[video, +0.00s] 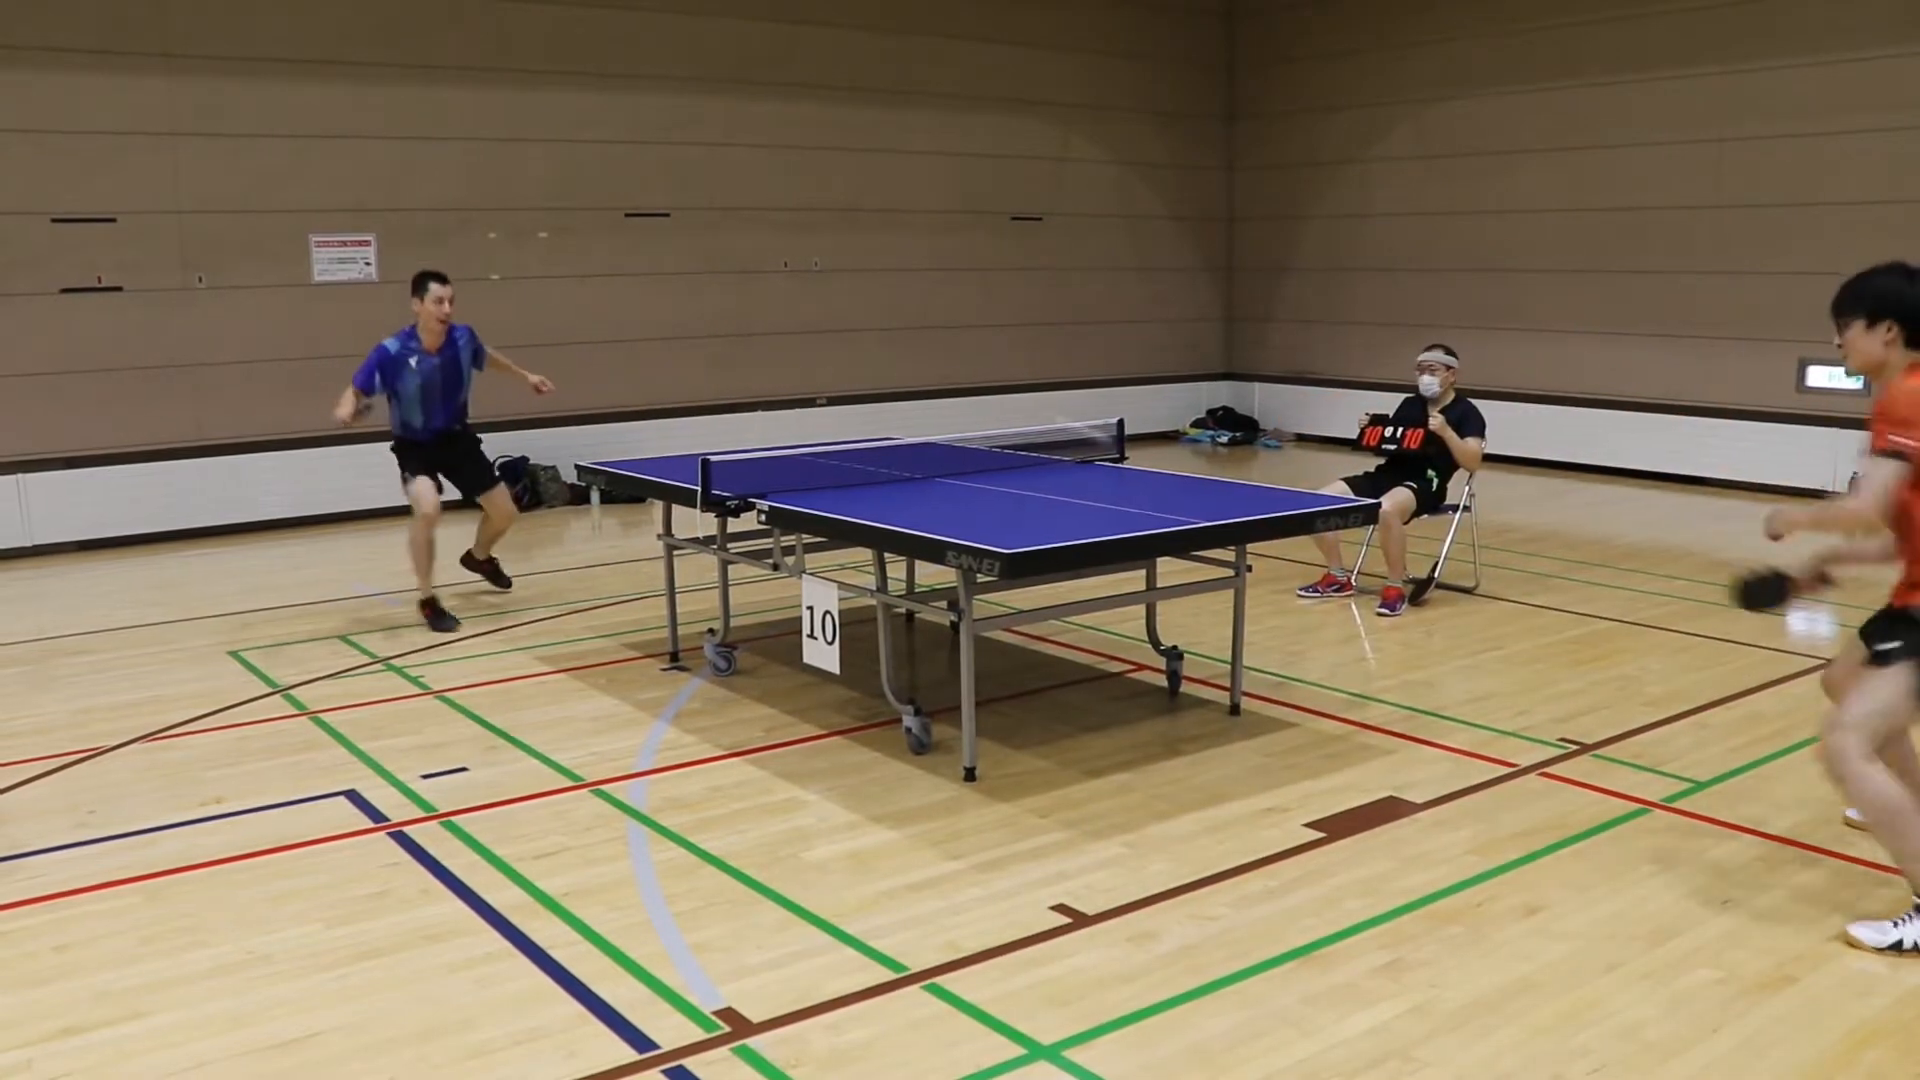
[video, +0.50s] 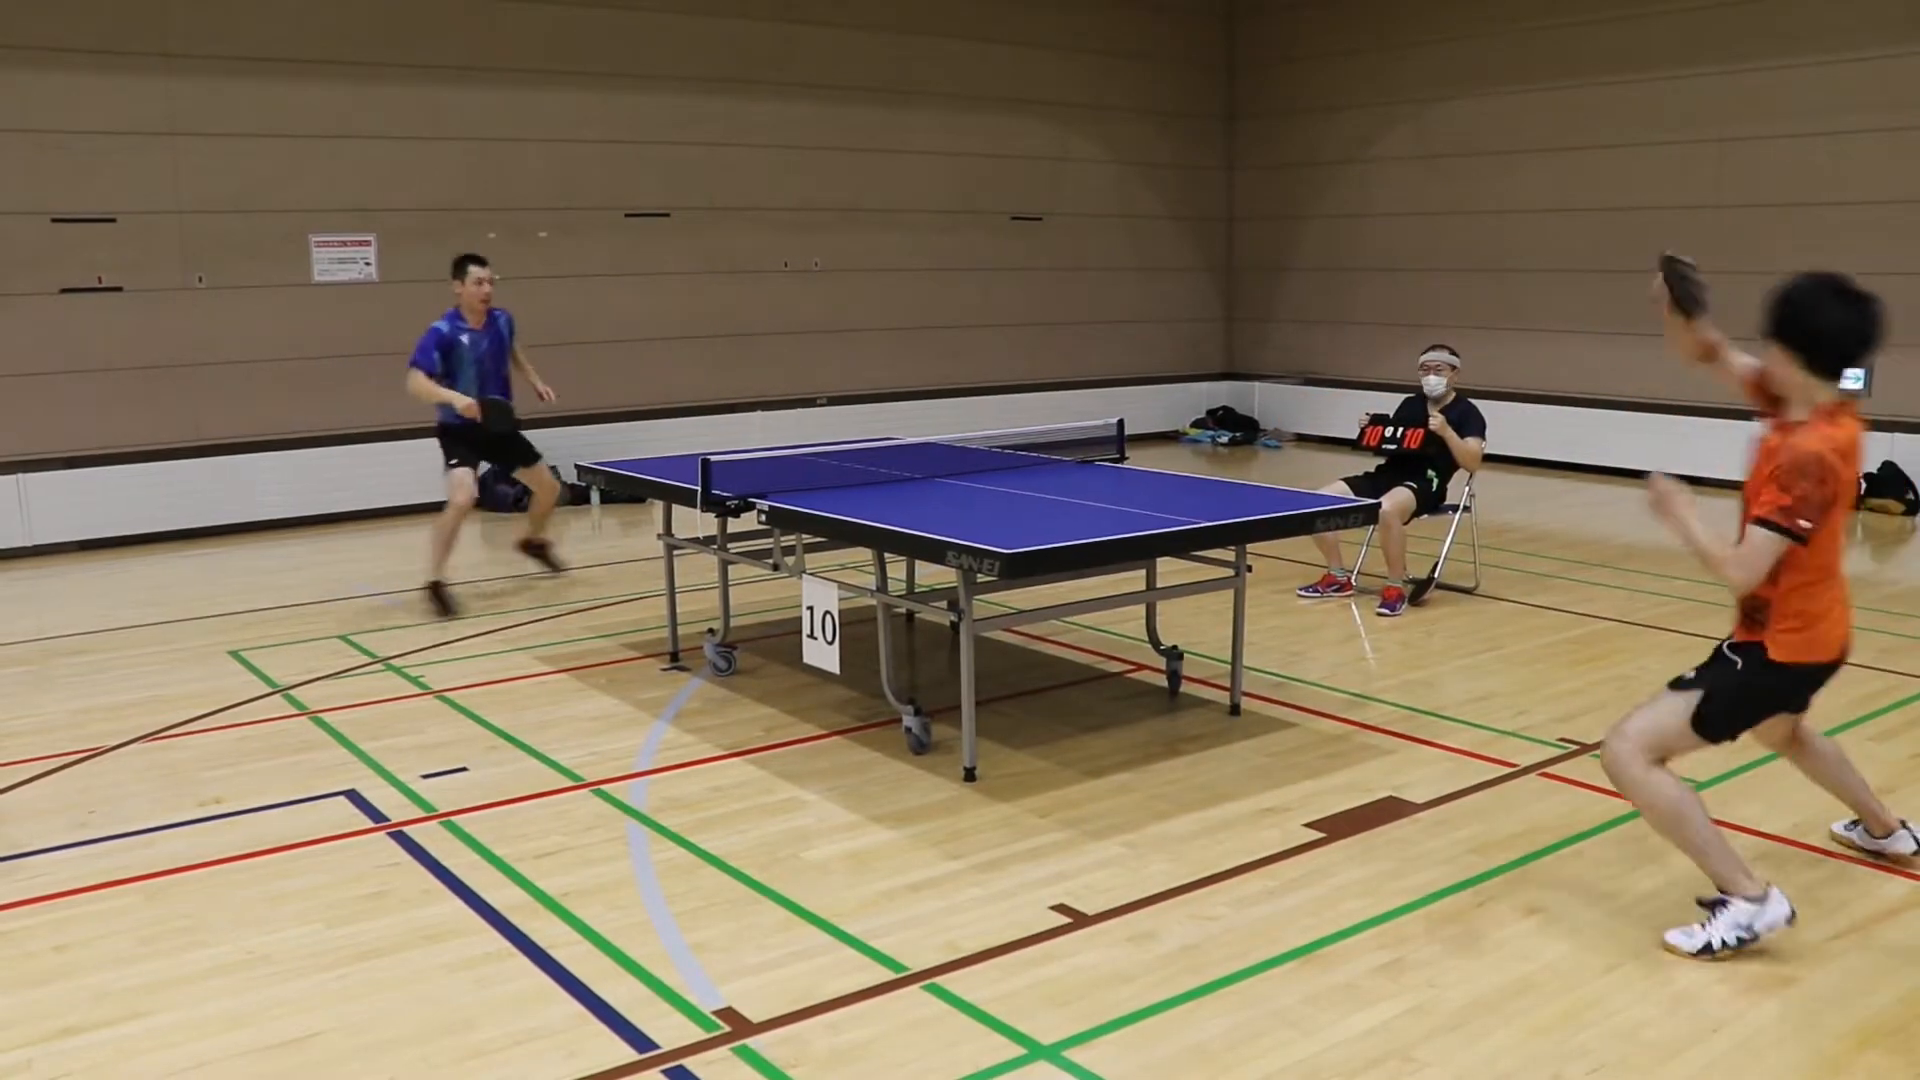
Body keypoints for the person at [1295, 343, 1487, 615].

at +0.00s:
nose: (1426, 376)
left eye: (1434, 370)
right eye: (1422, 370)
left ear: (1452, 376)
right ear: (1416, 374)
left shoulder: (1466, 413)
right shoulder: (1411, 404)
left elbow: (1472, 463)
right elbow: (1393, 439)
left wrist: (1447, 433)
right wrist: (1373, 426)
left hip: (1426, 482)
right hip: (1390, 474)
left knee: (1388, 510)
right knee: (1318, 503)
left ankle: (1394, 588)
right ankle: (1337, 576)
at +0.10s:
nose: (1430, 375)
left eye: (1438, 369)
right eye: (1425, 369)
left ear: (1454, 375)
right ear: (1418, 374)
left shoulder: (1467, 413)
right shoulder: (1411, 404)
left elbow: (1472, 462)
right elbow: (1394, 438)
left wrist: (1447, 433)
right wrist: (1373, 426)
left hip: (1426, 482)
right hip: (1390, 474)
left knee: (1388, 510)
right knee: (1319, 503)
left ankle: (1394, 587)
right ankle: (1337, 576)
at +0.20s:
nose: (1434, 376)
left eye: (1442, 370)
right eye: (1427, 370)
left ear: (1456, 376)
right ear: (1420, 376)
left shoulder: (1467, 413)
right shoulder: (1411, 404)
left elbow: (1472, 462)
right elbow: (1393, 438)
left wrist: (1446, 432)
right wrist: (1373, 426)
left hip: (1427, 482)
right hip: (1390, 473)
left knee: (1388, 510)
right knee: (1319, 503)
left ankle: (1394, 587)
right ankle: (1337, 576)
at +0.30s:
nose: (1435, 376)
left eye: (1443, 370)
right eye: (1428, 370)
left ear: (1456, 376)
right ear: (1421, 376)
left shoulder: (1467, 413)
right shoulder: (1411, 404)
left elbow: (1472, 462)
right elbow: (1393, 438)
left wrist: (1446, 432)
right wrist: (1373, 426)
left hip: (1426, 481)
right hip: (1390, 473)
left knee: (1388, 510)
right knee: (1318, 503)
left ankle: (1394, 587)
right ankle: (1337, 576)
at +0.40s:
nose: (1435, 376)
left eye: (1443, 370)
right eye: (1428, 370)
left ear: (1456, 375)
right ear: (1421, 375)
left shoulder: (1467, 413)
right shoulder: (1411, 404)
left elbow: (1472, 462)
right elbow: (1393, 439)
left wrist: (1447, 433)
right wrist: (1373, 426)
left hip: (1427, 481)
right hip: (1390, 473)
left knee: (1388, 510)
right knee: (1318, 503)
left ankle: (1395, 587)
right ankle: (1337, 576)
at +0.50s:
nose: (1430, 375)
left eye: (1439, 369)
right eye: (1425, 369)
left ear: (1455, 375)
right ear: (1419, 374)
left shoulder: (1467, 413)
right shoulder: (1411, 404)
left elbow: (1472, 463)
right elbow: (1393, 440)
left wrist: (1447, 433)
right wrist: (1372, 426)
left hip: (1427, 481)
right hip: (1390, 473)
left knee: (1388, 510)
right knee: (1318, 502)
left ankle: (1395, 588)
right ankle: (1337, 576)